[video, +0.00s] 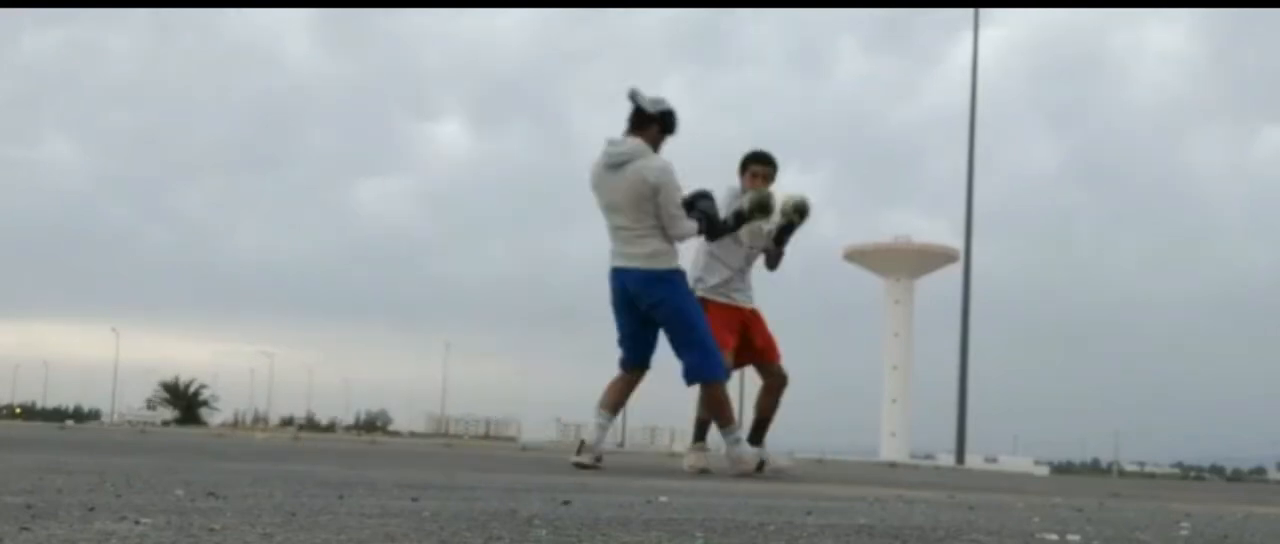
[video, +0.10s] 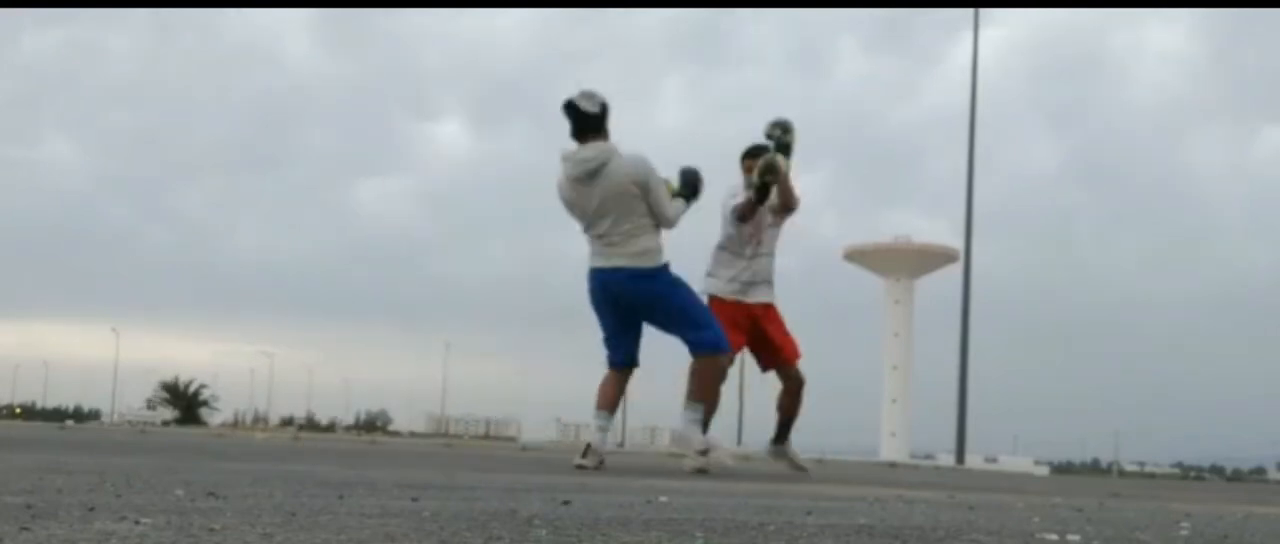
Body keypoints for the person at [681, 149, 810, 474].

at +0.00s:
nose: (759, 183)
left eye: (765, 178)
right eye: (754, 176)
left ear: (773, 183)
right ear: (741, 176)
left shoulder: (770, 212)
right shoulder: (728, 199)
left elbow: (771, 263)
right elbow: (712, 234)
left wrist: (785, 230)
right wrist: (745, 215)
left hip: (743, 300)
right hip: (712, 295)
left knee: (776, 377)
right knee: (718, 369)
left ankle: (754, 448)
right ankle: (698, 445)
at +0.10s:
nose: (756, 175)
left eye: (762, 168)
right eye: (750, 169)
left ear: (772, 171)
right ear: (743, 171)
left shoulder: (777, 204)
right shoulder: (734, 197)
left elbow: (789, 204)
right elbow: (742, 214)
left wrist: (781, 172)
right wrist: (760, 188)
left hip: (761, 300)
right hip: (725, 297)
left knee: (794, 380)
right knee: (716, 366)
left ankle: (780, 443)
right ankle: (698, 439)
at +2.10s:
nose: (483, 126)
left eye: (487, 117)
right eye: (484, 117)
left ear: (503, 117)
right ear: (508, 119)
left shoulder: (550, 154)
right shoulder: (501, 175)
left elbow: (570, 217)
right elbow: (520, 234)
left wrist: (519, 209)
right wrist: (488, 241)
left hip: (560, 282)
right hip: (517, 288)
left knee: (556, 350)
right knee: (462, 356)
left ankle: (605, 447)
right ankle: (423, 439)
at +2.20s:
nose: (494, 114)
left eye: (496, 104)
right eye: (494, 105)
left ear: (512, 104)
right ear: (521, 105)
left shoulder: (546, 142)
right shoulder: (521, 153)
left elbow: (557, 199)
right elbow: (530, 223)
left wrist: (507, 191)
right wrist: (494, 228)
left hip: (560, 274)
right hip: (526, 276)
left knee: (548, 354)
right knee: (470, 344)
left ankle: (603, 447)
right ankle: (449, 436)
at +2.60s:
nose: (427, 117)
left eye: (428, 109)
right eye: (427, 109)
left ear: (435, 109)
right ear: (462, 109)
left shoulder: (457, 136)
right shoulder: (467, 142)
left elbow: (469, 183)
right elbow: (469, 195)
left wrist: (428, 197)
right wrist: (430, 205)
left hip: (481, 266)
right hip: (467, 269)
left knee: (495, 343)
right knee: (420, 344)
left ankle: (558, 426)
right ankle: (427, 438)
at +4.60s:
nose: (482, 128)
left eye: (481, 120)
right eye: (479, 120)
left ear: (449, 120)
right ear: (465, 121)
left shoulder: (427, 157)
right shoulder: (444, 160)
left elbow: (395, 200)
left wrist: (457, 215)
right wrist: (472, 231)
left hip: (432, 271)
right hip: (415, 271)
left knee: (492, 341)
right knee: (438, 350)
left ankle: (477, 432)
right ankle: (370, 426)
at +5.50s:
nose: (425, 58)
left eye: (425, 50)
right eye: (421, 48)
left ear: (401, 49)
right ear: (399, 47)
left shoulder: (406, 100)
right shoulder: (360, 83)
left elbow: (401, 146)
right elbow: (396, 138)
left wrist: (449, 128)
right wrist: (443, 125)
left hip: (400, 226)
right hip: (360, 223)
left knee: (450, 315)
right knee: (335, 321)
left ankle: (422, 416)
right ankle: (284, 417)